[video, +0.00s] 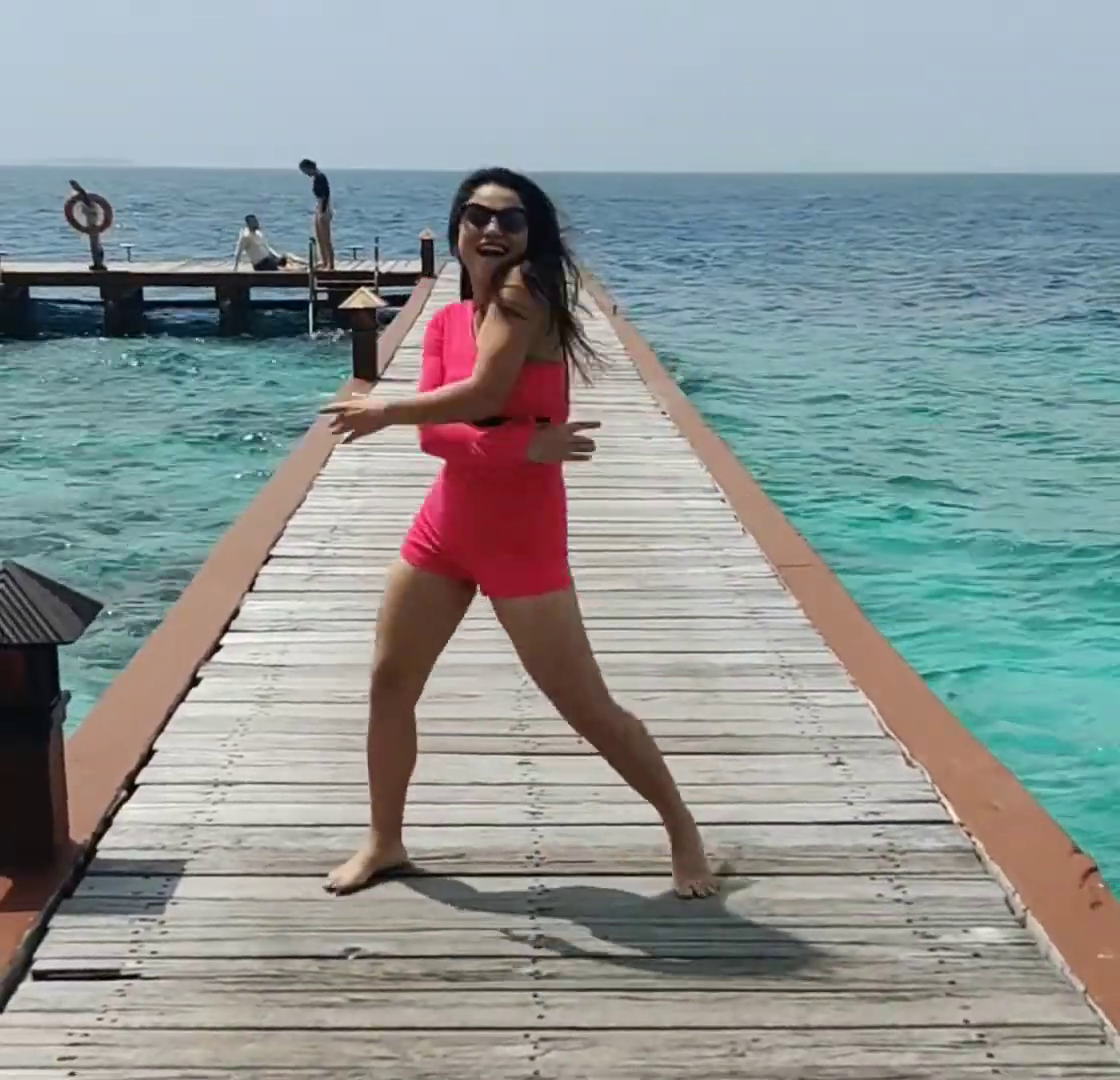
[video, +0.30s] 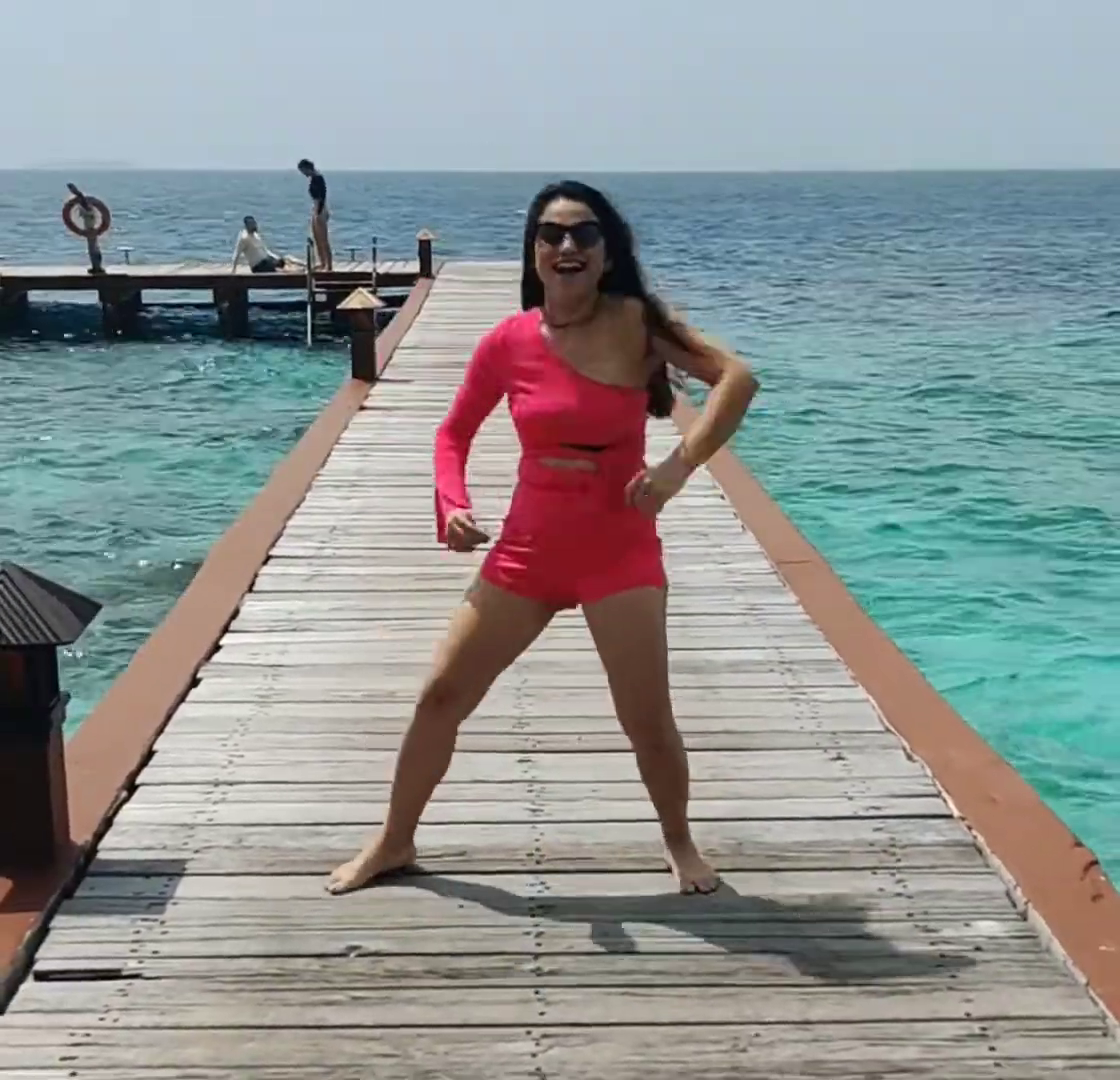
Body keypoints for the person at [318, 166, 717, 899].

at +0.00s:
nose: (492, 228)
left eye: (510, 219)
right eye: (478, 216)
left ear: (532, 236)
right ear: (455, 230)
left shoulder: (524, 298)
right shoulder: (443, 323)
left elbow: (487, 395)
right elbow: (432, 437)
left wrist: (387, 409)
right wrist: (528, 445)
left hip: (521, 533)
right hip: (446, 521)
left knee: (585, 707)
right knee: (391, 679)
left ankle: (681, 828)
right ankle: (384, 840)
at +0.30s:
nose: (567, 245)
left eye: (584, 233)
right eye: (551, 234)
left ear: (609, 247)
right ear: (532, 250)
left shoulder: (640, 327)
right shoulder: (510, 341)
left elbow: (738, 379)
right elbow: (452, 435)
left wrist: (678, 468)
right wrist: (453, 504)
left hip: (620, 546)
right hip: (529, 545)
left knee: (648, 720)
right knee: (441, 698)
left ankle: (682, 846)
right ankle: (393, 841)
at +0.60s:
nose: (596, 240)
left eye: (612, 225)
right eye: (579, 227)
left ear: (639, 235)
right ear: (558, 239)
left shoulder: (667, 311)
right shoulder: (524, 298)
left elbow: (779, 304)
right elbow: (414, 264)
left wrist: (880, 325)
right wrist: (306, 232)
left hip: (632, 534)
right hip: (536, 537)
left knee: (664, 700)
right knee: (465, 701)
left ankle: (677, 838)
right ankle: (408, 838)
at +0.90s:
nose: (615, 255)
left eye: (635, 243)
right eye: (603, 245)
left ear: (669, 262)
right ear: (592, 263)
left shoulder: (684, 375)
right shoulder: (557, 332)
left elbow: (665, 495)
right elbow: (440, 366)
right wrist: (354, 428)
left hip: (658, 563)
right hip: (564, 561)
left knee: (678, 731)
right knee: (461, 699)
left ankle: (677, 841)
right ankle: (414, 827)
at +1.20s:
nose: (563, 231)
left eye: (577, 218)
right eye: (566, 216)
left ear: (627, 231)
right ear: (601, 231)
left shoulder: (653, 299)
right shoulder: (593, 296)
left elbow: (591, 200)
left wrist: (489, 135)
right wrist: (635, 432)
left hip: (592, 540)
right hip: (511, 515)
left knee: (633, 718)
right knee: (436, 688)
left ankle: (677, 844)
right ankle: (413, 858)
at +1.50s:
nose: (529, 267)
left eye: (546, 257)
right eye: (533, 254)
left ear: (589, 276)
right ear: (559, 276)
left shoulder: (604, 326)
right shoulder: (558, 360)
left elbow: (608, 408)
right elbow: (476, 456)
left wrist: (542, 512)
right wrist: (439, 377)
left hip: (553, 573)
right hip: (486, 552)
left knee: (589, 755)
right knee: (398, 714)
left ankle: (673, 838)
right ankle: (425, 881)